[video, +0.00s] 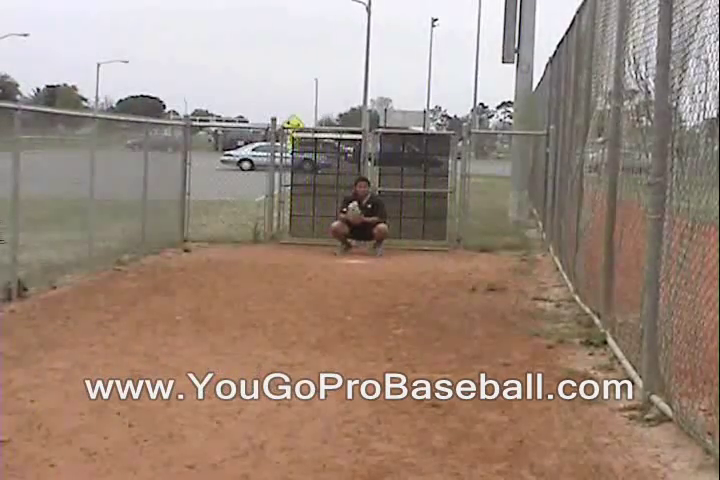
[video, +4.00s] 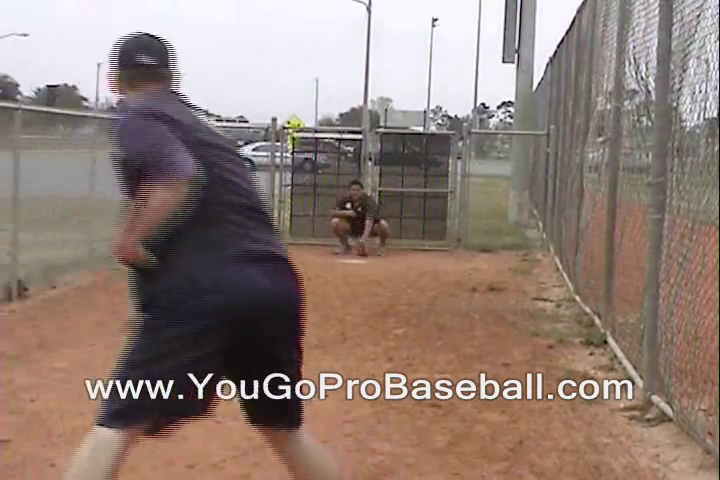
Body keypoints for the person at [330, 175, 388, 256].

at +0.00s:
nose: (362, 190)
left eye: (365, 187)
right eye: (360, 187)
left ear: (368, 189)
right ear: (355, 188)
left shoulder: (376, 201)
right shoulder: (348, 200)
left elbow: (381, 218)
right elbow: (340, 215)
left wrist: (363, 219)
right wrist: (348, 218)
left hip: (369, 228)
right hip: (352, 227)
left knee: (382, 229)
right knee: (336, 227)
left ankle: (377, 245)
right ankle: (346, 245)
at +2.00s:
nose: (362, 187)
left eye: (364, 185)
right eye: (360, 184)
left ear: (368, 186)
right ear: (355, 186)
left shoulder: (373, 200)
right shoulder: (348, 198)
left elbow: (379, 217)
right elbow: (339, 213)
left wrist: (364, 217)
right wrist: (346, 216)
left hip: (365, 227)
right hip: (350, 226)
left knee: (376, 231)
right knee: (334, 227)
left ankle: (376, 245)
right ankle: (346, 245)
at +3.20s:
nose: (361, 187)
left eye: (363, 184)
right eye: (358, 184)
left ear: (367, 186)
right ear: (354, 186)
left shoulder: (373, 199)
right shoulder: (348, 198)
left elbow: (377, 217)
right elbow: (338, 213)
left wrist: (365, 206)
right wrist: (348, 209)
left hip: (366, 228)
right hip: (350, 227)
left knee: (376, 230)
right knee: (334, 225)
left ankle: (377, 246)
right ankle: (346, 245)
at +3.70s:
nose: (357, 192)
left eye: (359, 189)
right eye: (355, 189)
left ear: (363, 191)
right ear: (351, 190)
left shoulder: (369, 199)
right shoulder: (346, 200)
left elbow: (374, 209)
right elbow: (333, 212)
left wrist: (361, 216)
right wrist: (345, 217)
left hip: (365, 228)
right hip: (349, 228)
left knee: (379, 227)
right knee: (334, 225)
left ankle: (378, 246)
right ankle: (346, 245)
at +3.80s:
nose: (356, 193)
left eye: (358, 190)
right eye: (354, 190)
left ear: (363, 191)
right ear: (351, 191)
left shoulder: (368, 200)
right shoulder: (346, 201)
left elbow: (371, 210)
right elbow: (333, 212)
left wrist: (367, 222)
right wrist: (349, 215)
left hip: (366, 228)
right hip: (351, 228)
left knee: (380, 226)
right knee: (335, 224)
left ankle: (379, 246)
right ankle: (346, 245)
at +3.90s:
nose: (356, 193)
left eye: (358, 190)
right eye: (354, 190)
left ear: (362, 192)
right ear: (350, 192)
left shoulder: (369, 201)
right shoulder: (346, 201)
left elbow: (371, 215)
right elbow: (334, 212)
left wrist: (367, 230)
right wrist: (348, 215)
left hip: (366, 228)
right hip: (352, 228)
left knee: (381, 226)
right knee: (335, 224)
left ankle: (380, 246)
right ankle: (346, 245)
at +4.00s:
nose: (355, 192)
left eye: (358, 190)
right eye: (353, 190)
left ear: (362, 191)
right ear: (350, 191)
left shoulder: (369, 202)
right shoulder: (346, 201)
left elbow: (369, 222)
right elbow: (333, 212)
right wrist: (347, 213)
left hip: (366, 227)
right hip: (352, 227)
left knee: (382, 225)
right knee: (336, 223)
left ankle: (382, 246)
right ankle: (346, 246)